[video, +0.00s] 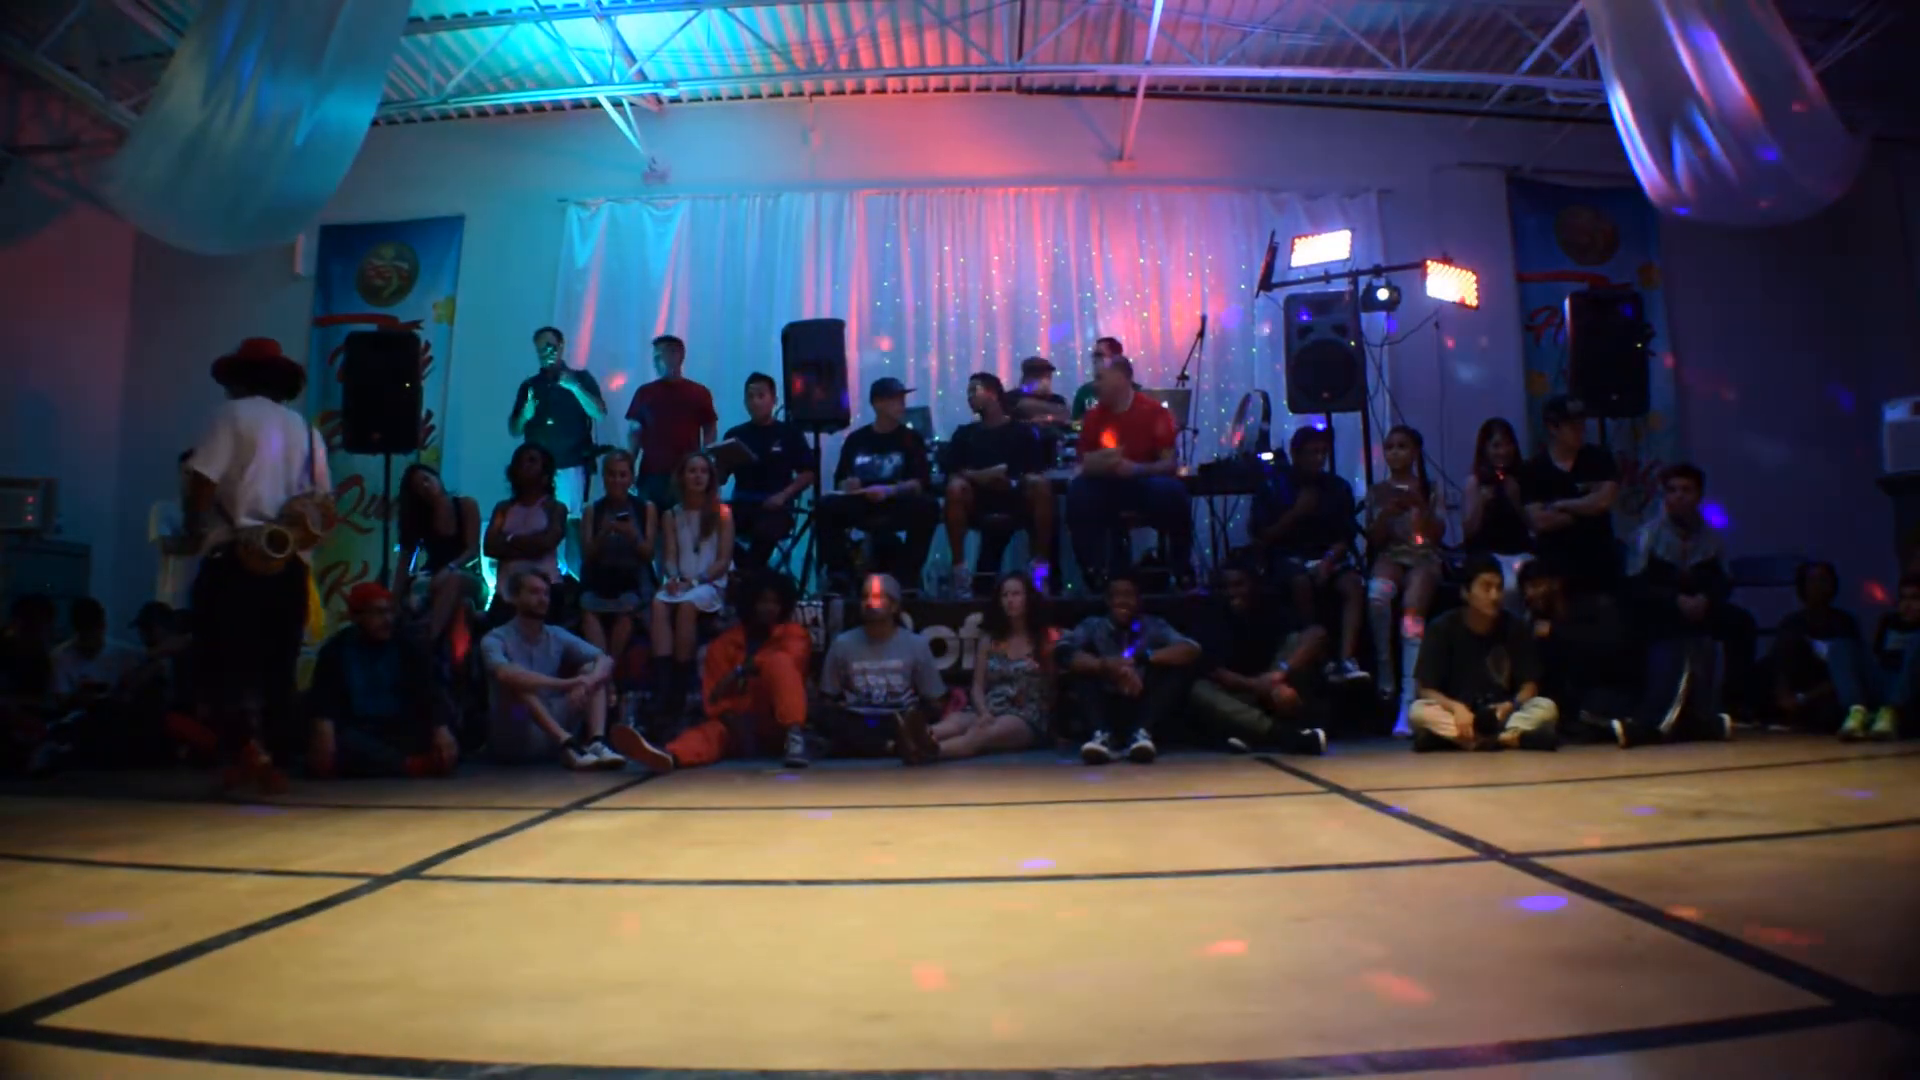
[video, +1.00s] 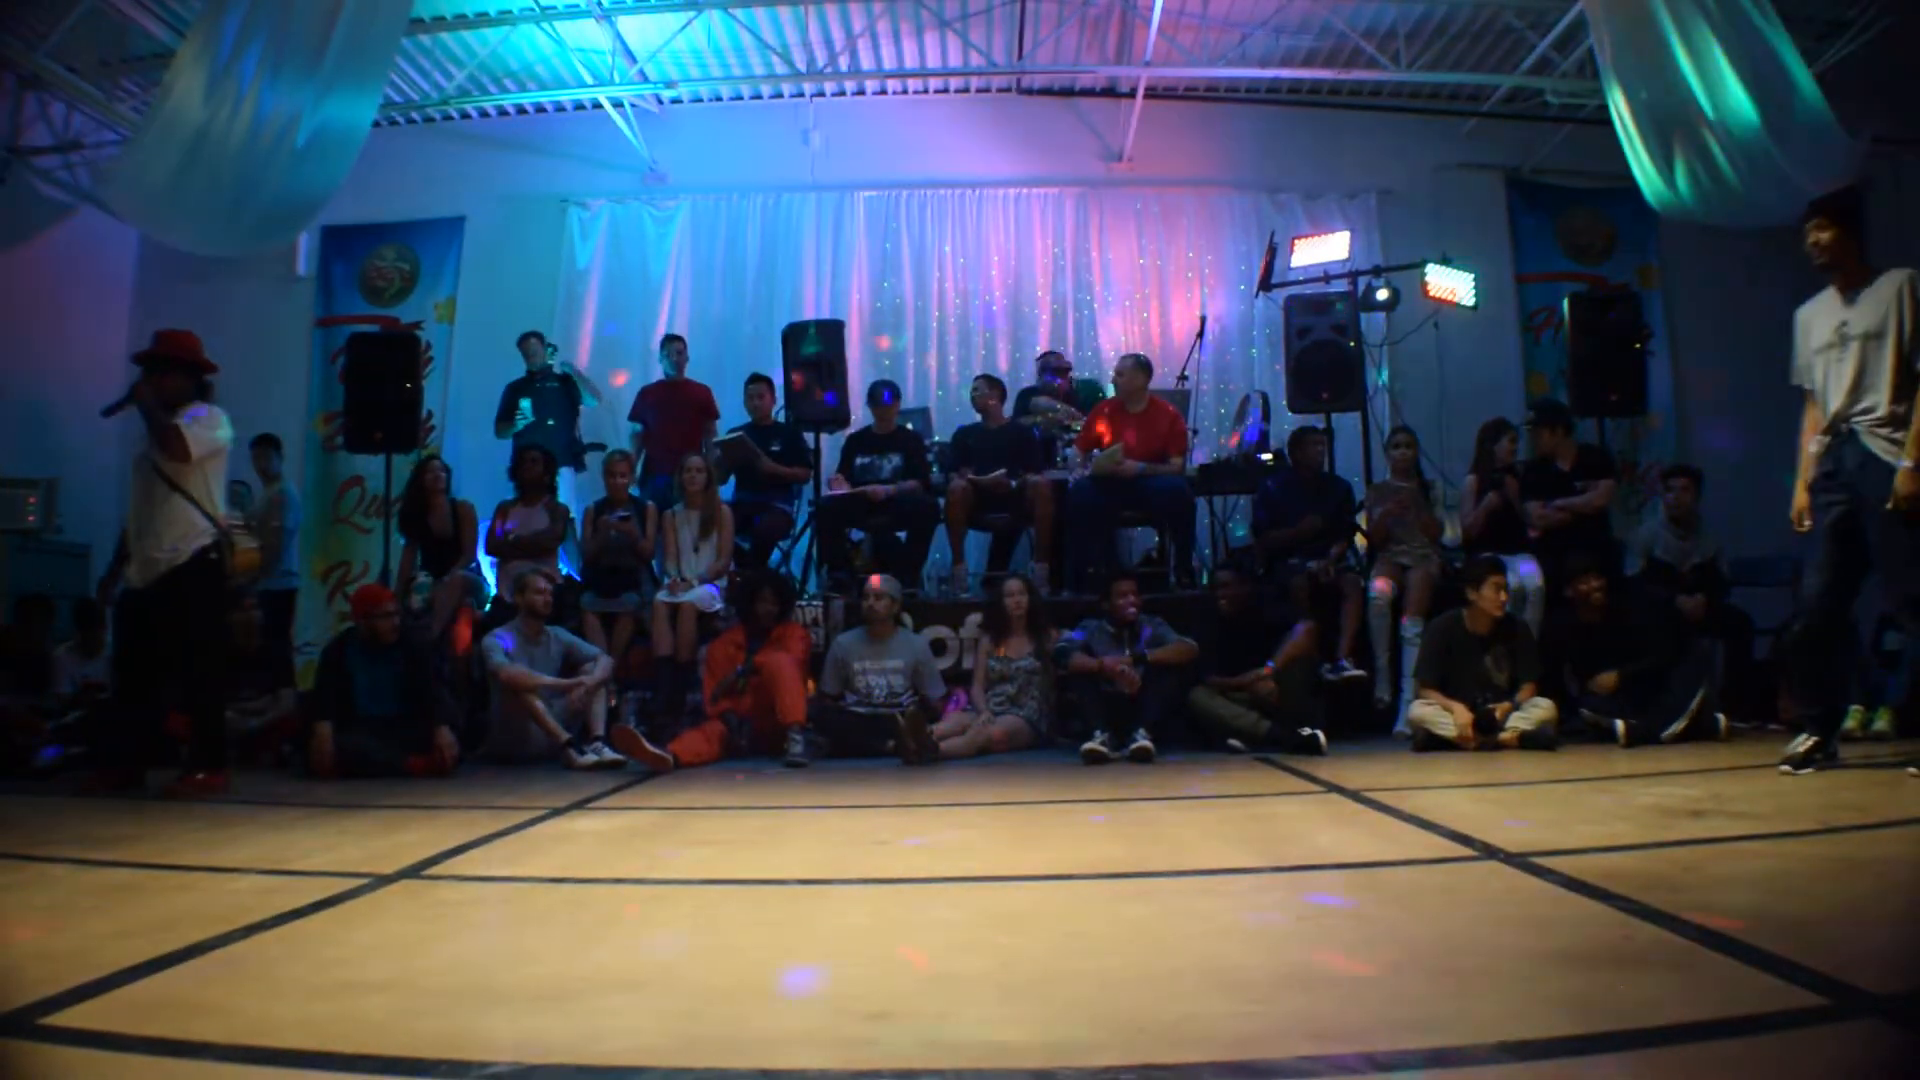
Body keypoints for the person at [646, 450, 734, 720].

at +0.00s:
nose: (698, 476)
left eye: (704, 471)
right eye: (692, 471)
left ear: (711, 477)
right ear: (682, 477)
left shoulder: (721, 512)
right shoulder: (671, 516)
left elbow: (723, 560)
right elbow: (670, 556)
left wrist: (697, 581)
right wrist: (673, 577)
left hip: (711, 579)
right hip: (680, 580)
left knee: (687, 606)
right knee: (659, 605)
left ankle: (681, 682)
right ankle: (662, 680)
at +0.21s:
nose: (698, 476)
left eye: (703, 471)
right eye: (692, 471)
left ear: (710, 477)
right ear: (681, 476)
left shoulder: (721, 513)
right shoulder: (671, 516)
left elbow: (724, 561)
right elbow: (669, 558)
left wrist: (696, 581)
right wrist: (672, 578)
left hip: (710, 580)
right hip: (679, 581)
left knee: (686, 607)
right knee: (658, 605)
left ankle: (681, 684)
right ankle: (662, 683)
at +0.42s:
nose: (699, 477)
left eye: (704, 472)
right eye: (693, 472)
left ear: (711, 477)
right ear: (683, 477)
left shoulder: (721, 513)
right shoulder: (672, 516)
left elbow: (725, 559)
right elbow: (671, 556)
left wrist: (700, 580)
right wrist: (675, 578)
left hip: (711, 579)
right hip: (681, 580)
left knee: (688, 605)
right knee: (660, 604)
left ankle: (682, 679)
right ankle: (663, 678)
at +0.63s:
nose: (696, 477)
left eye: (702, 472)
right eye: (691, 472)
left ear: (710, 478)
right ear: (682, 477)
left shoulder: (721, 513)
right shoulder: (672, 516)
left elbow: (724, 561)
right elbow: (670, 556)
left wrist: (699, 580)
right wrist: (674, 577)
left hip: (710, 579)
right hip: (680, 580)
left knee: (688, 606)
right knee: (660, 604)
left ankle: (682, 680)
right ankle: (662, 679)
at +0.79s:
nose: (695, 477)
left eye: (700, 471)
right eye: (689, 472)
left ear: (709, 477)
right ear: (681, 477)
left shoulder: (721, 513)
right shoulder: (671, 516)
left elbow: (724, 560)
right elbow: (670, 556)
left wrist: (701, 580)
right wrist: (673, 577)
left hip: (711, 579)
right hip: (680, 580)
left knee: (688, 606)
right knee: (660, 604)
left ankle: (681, 679)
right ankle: (662, 678)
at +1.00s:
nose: (694, 476)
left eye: (699, 471)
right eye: (688, 471)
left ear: (709, 476)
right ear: (681, 477)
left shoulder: (721, 512)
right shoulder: (671, 516)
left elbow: (724, 561)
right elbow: (670, 557)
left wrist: (697, 580)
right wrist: (673, 578)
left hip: (710, 580)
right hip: (680, 580)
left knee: (688, 605)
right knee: (660, 603)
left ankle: (682, 679)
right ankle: (662, 677)